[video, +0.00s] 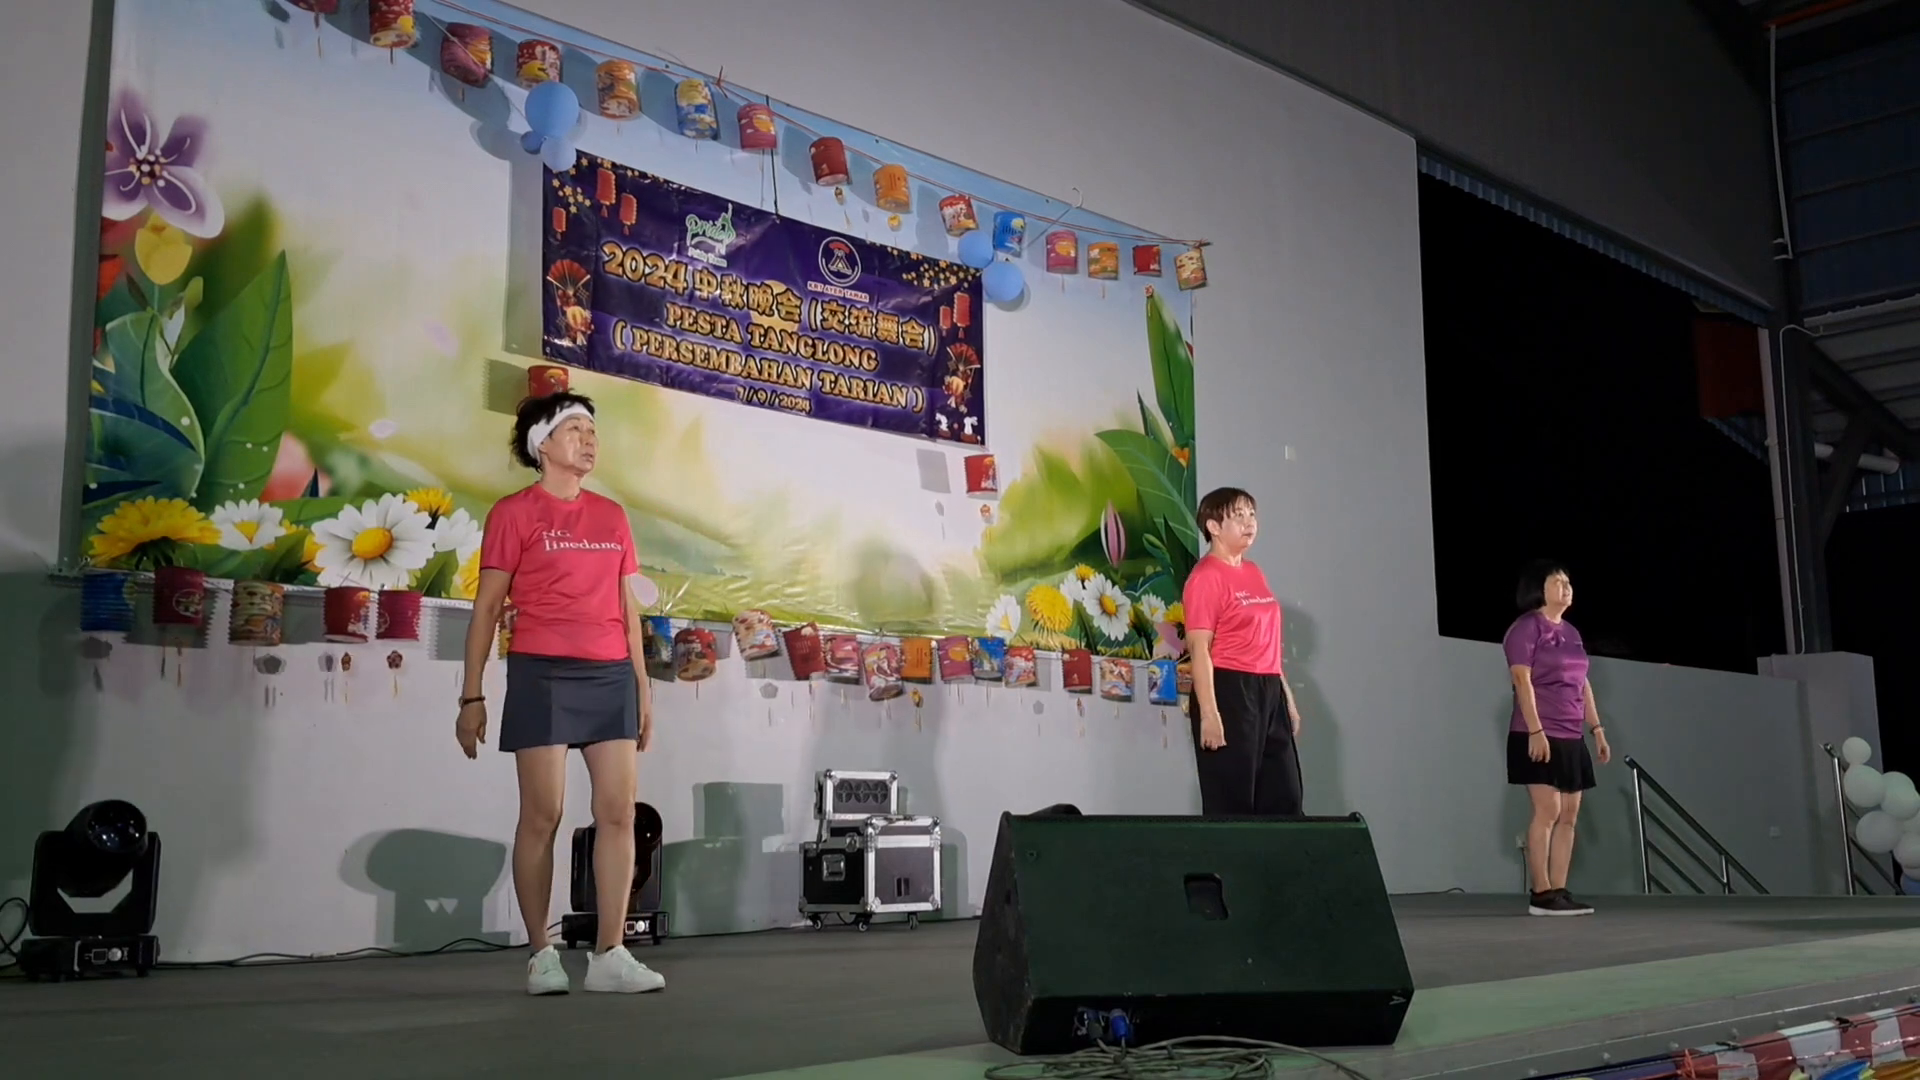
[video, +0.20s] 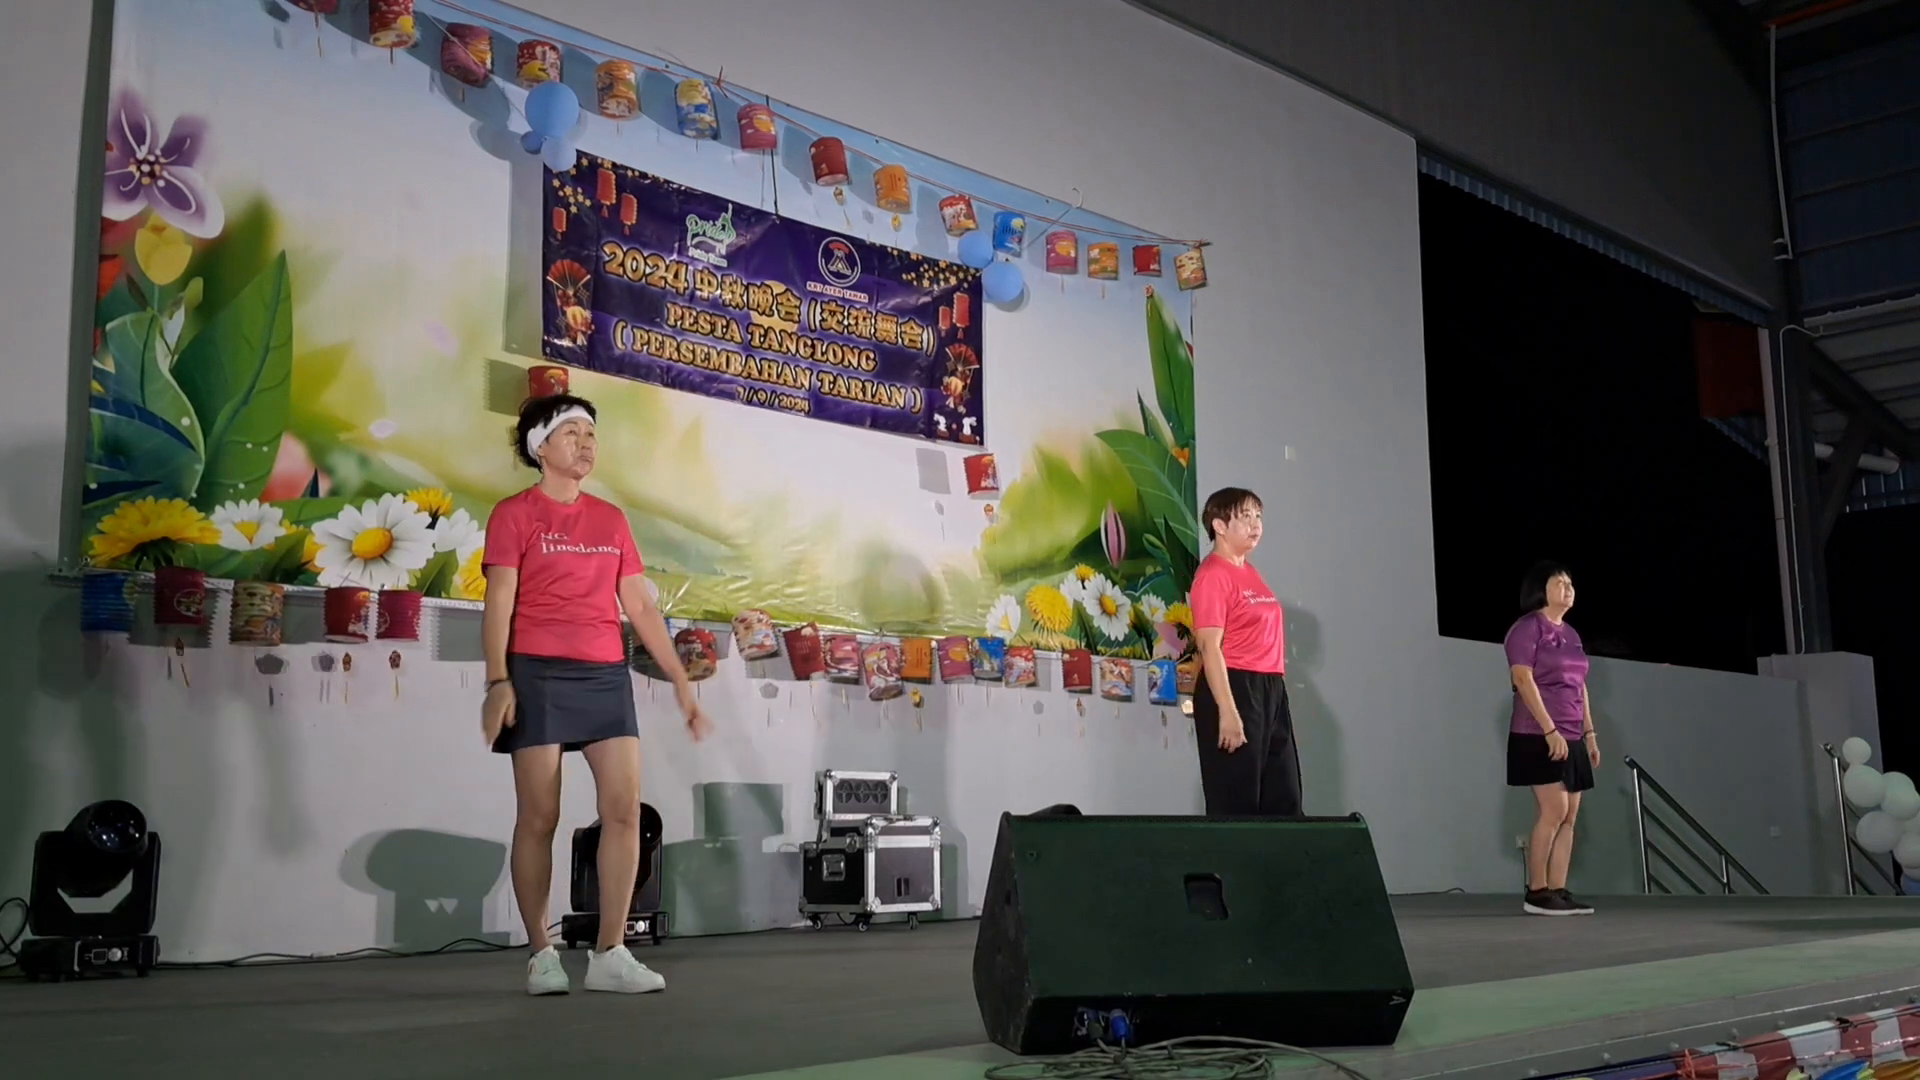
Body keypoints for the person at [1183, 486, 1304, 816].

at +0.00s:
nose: (1250, 524)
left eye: (1252, 516)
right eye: (1239, 517)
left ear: (1258, 522)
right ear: (1213, 527)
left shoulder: (1254, 572)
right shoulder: (1204, 578)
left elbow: (1266, 644)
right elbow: (1198, 648)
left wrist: (1287, 698)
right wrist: (1209, 713)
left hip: (1270, 691)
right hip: (1230, 690)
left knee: (1283, 797)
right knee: (1232, 801)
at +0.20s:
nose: (1256, 526)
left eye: (1258, 518)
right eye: (1245, 518)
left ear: (1263, 523)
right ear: (1220, 526)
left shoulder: (1248, 571)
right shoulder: (1212, 575)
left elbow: (1257, 642)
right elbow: (1209, 648)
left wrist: (1276, 708)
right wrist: (1227, 711)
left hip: (1271, 691)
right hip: (1235, 691)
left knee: (1283, 798)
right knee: (1236, 802)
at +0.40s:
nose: (1260, 525)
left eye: (1262, 517)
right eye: (1250, 517)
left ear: (1266, 522)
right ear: (1224, 526)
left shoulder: (1245, 570)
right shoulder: (1223, 571)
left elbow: (1253, 642)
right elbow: (1221, 643)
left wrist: (1276, 706)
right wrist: (1243, 707)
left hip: (1270, 689)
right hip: (1239, 688)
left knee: (1282, 798)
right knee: (1241, 800)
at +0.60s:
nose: (1262, 524)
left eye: (1263, 517)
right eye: (1252, 517)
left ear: (1268, 521)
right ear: (1226, 525)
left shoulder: (1244, 569)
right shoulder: (1227, 569)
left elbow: (1245, 638)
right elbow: (1229, 638)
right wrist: (1255, 704)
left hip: (1270, 686)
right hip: (1242, 686)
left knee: (1283, 795)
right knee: (1246, 797)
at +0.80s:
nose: (1262, 524)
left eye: (1264, 517)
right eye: (1252, 516)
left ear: (1268, 522)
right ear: (1226, 524)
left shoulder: (1245, 569)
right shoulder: (1228, 569)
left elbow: (1248, 638)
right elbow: (1229, 638)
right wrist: (1258, 703)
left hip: (1272, 686)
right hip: (1242, 686)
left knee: (1283, 796)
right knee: (1247, 798)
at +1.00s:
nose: (1263, 525)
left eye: (1265, 518)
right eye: (1254, 517)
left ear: (1270, 522)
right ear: (1228, 524)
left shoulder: (1248, 570)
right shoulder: (1226, 569)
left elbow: (1251, 639)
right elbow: (1224, 640)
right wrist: (1248, 703)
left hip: (1275, 688)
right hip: (1244, 687)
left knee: (1285, 798)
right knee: (1247, 801)